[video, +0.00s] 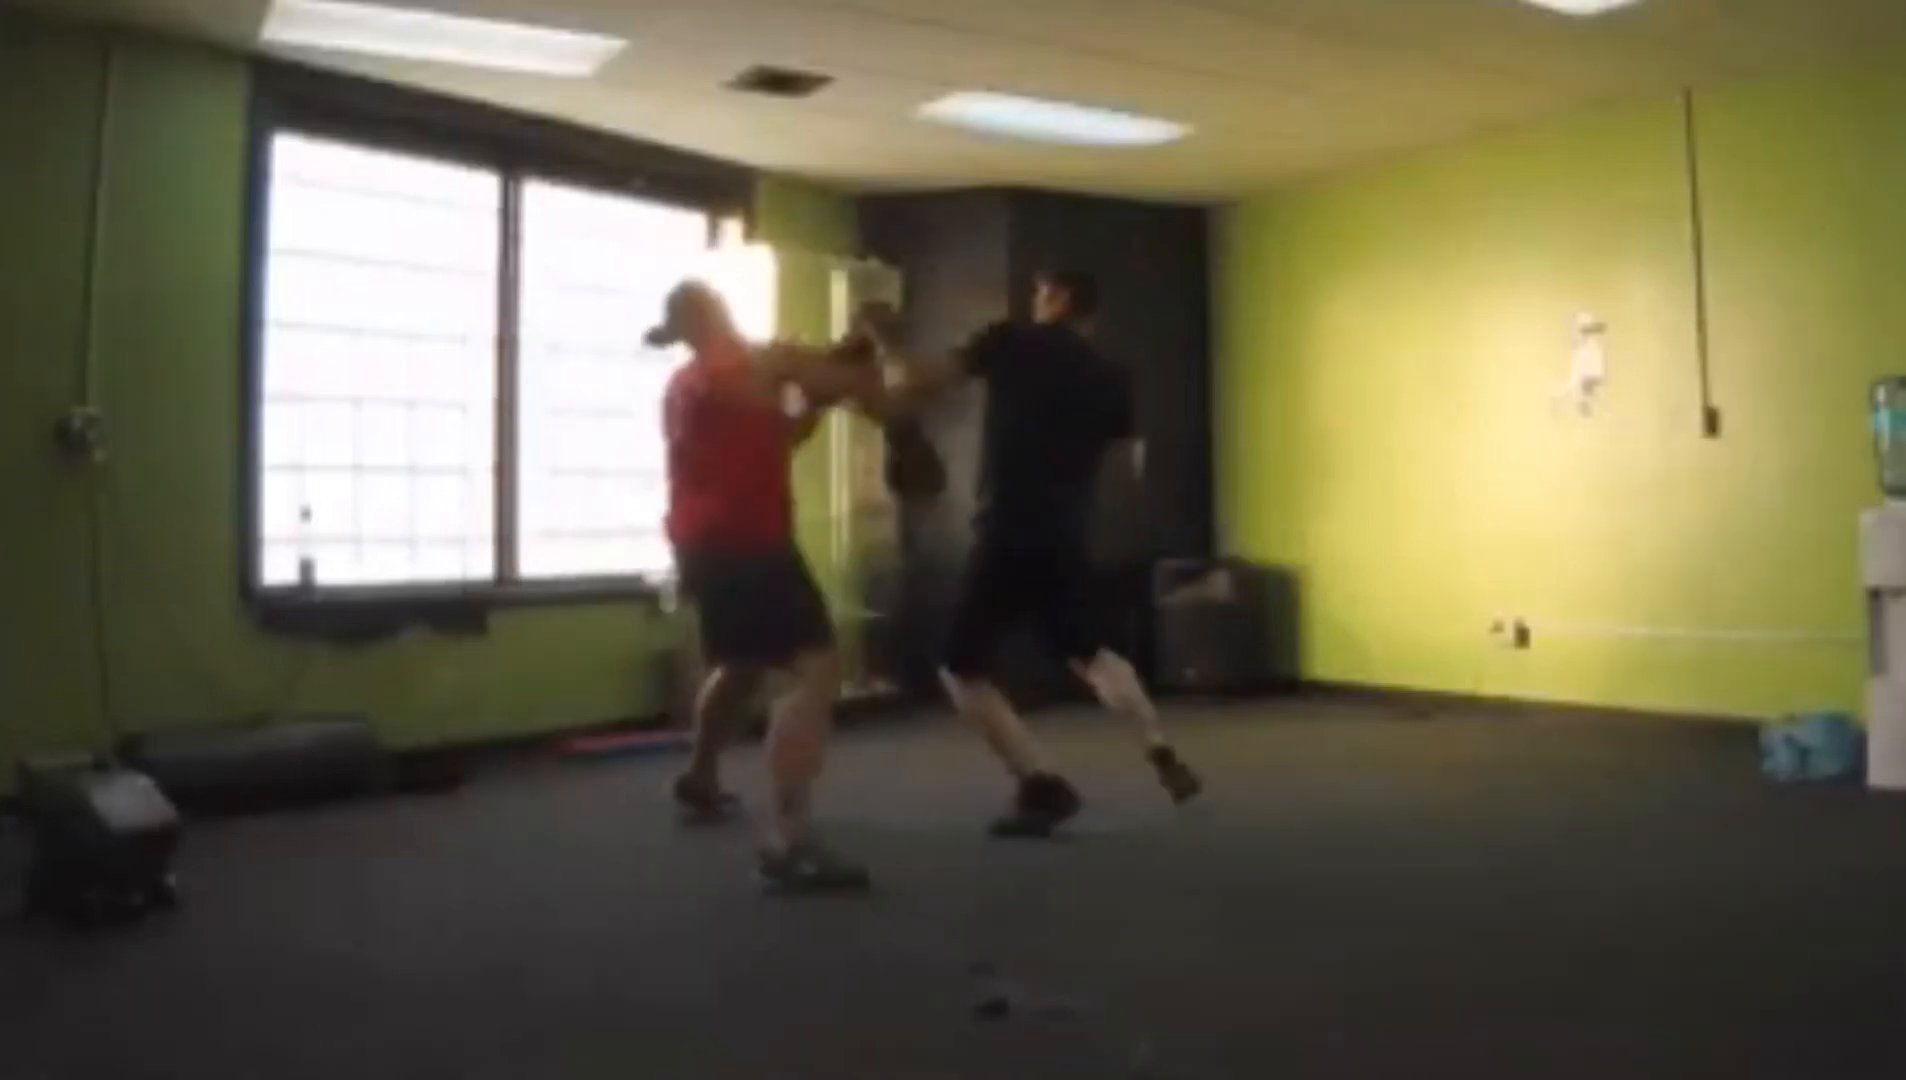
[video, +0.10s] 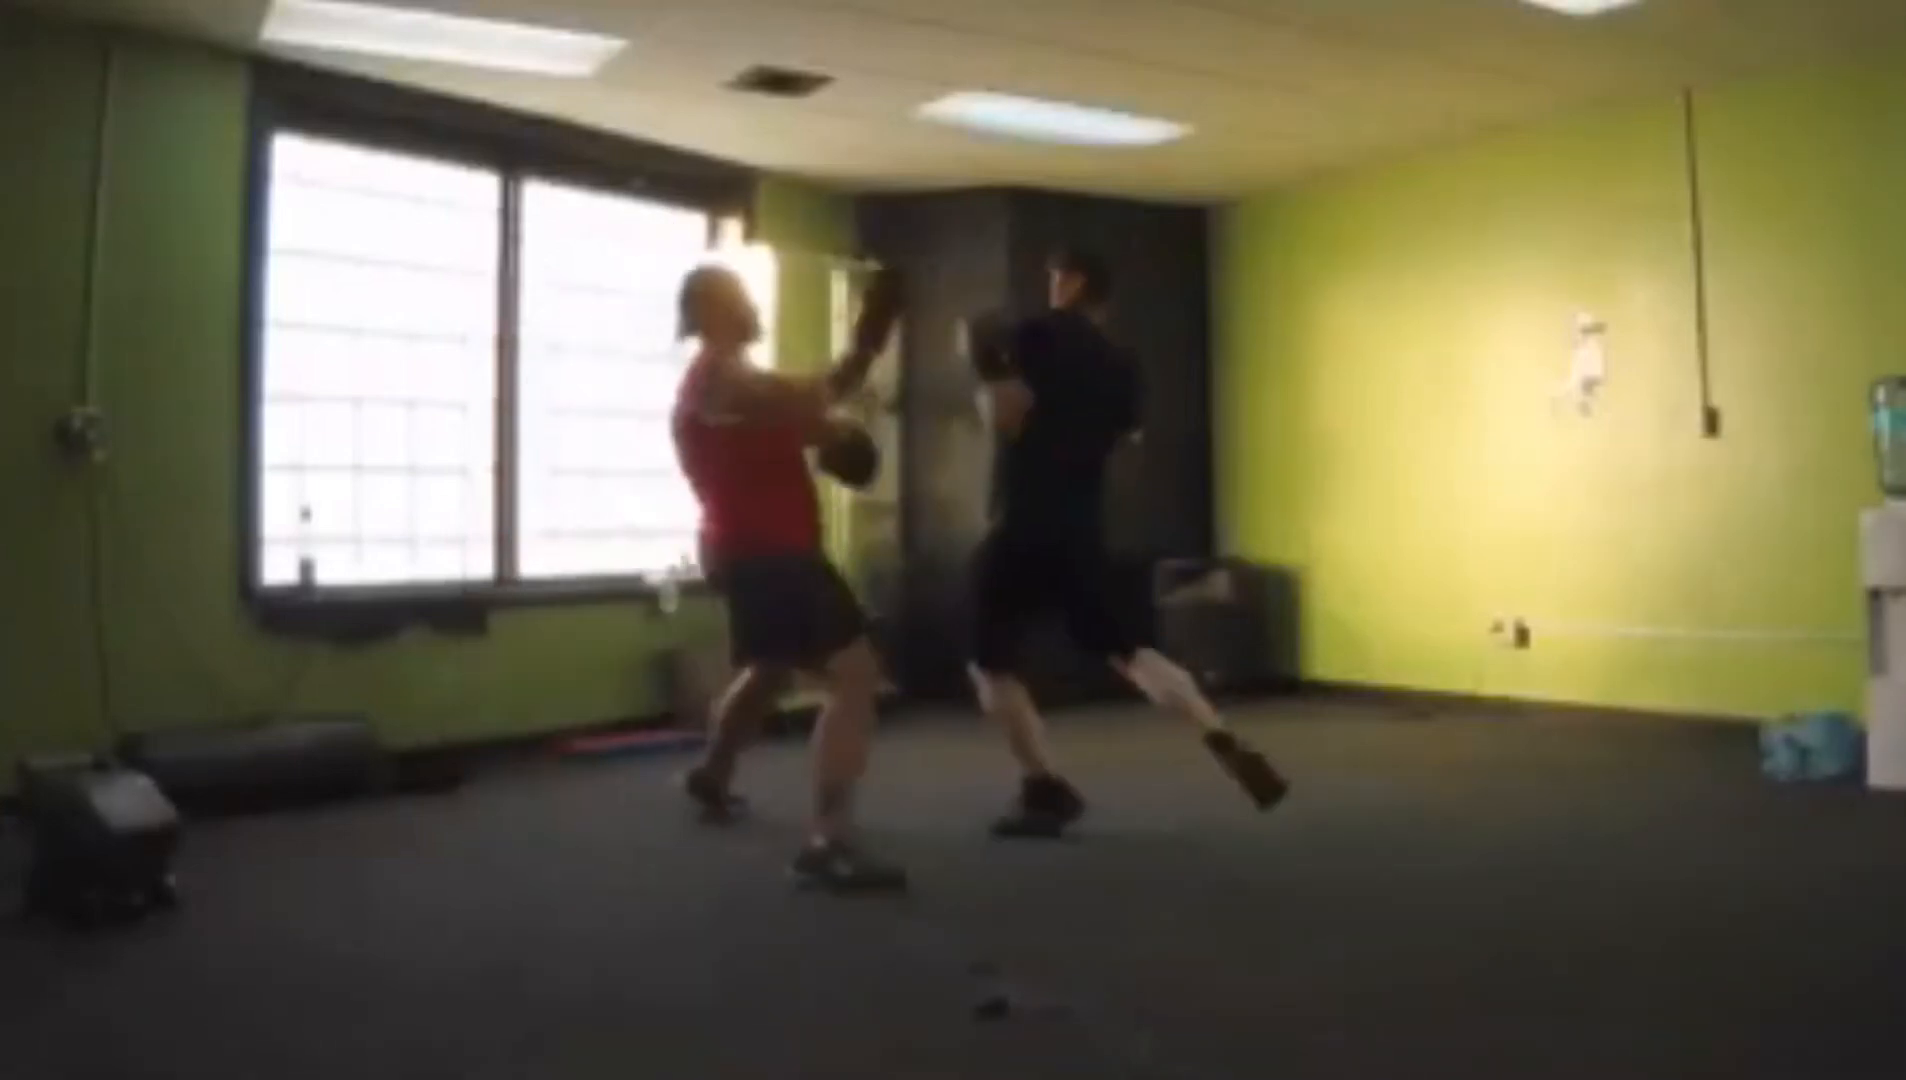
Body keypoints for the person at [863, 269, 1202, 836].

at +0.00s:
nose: (1036, 303)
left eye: (1042, 294)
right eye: (1041, 294)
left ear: (1054, 300)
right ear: (1088, 310)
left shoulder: (1010, 341)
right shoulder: (1107, 375)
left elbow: (928, 380)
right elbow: (1129, 470)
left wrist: (882, 347)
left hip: (1006, 531)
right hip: (1066, 533)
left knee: (961, 667)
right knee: (1087, 650)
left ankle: (1036, 782)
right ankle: (1156, 744)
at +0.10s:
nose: (1050, 289)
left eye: (1055, 279)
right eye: (1054, 279)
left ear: (1071, 285)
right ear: (1102, 292)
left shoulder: (1033, 336)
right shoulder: (1119, 359)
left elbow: (1006, 416)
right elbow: (1127, 435)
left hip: (1023, 525)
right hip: (1080, 526)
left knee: (990, 662)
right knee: (1125, 649)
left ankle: (1043, 785)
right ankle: (1219, 736)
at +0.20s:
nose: (1057, 283)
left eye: (1063, 271)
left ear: (1073, 279)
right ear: (1127, 283)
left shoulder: (1068, 332)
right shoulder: (1135, 342)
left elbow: (1028, 396)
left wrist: (990, 336)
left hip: (1050, 526)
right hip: (1117, 522)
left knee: (1017, 652)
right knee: (1167, 656)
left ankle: (1033, 790)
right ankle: (1260, 763)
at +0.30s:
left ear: (1089, 282)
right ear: (1140, 278)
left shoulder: (1101, 321)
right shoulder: (1171, 335)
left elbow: (1014, 346)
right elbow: (1077, 380)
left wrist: (1030, 288)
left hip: (1105, 526)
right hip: (1175, 530)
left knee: (1036, 645)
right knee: (1200, 683)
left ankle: (1034, 792)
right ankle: (1275, 816)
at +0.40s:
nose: (1055, 309)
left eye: (1056, 300)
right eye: (1054, 300)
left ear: (1074, 290)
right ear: (1112, 274)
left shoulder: (1111, 318)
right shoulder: (1170, 328)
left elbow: (1011, 340)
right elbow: (1087, 383)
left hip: (1132, 524)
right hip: (1197, 525)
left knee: (1053, 640)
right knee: (1228, 681)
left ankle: (1058, 790)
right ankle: (1293, 825)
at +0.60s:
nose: (1049, 365)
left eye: (1050, 355)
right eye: (1050, 355)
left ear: (1063, 350)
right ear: (1105, 337)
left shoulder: (1096, 377)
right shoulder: (1184, 376)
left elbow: (1061, 463)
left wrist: (1016, 423)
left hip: (1160, 570)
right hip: (1235, 565)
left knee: (1056, 697)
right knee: (1291, 714)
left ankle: (1060, 852)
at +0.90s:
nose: (933, 500)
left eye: (929, 490)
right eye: (923, 491)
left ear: (946, 469)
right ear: (944, 441)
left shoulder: (1007, 467)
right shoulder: (1005, 446)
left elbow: (989, 569)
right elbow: (904, 436)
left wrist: (896, 540)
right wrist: (833, 440)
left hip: (1133, 590)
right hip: (1188, 577)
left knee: (1032, 710)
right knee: (1224, 706)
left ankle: (1042, 898)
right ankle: (1361, 803)